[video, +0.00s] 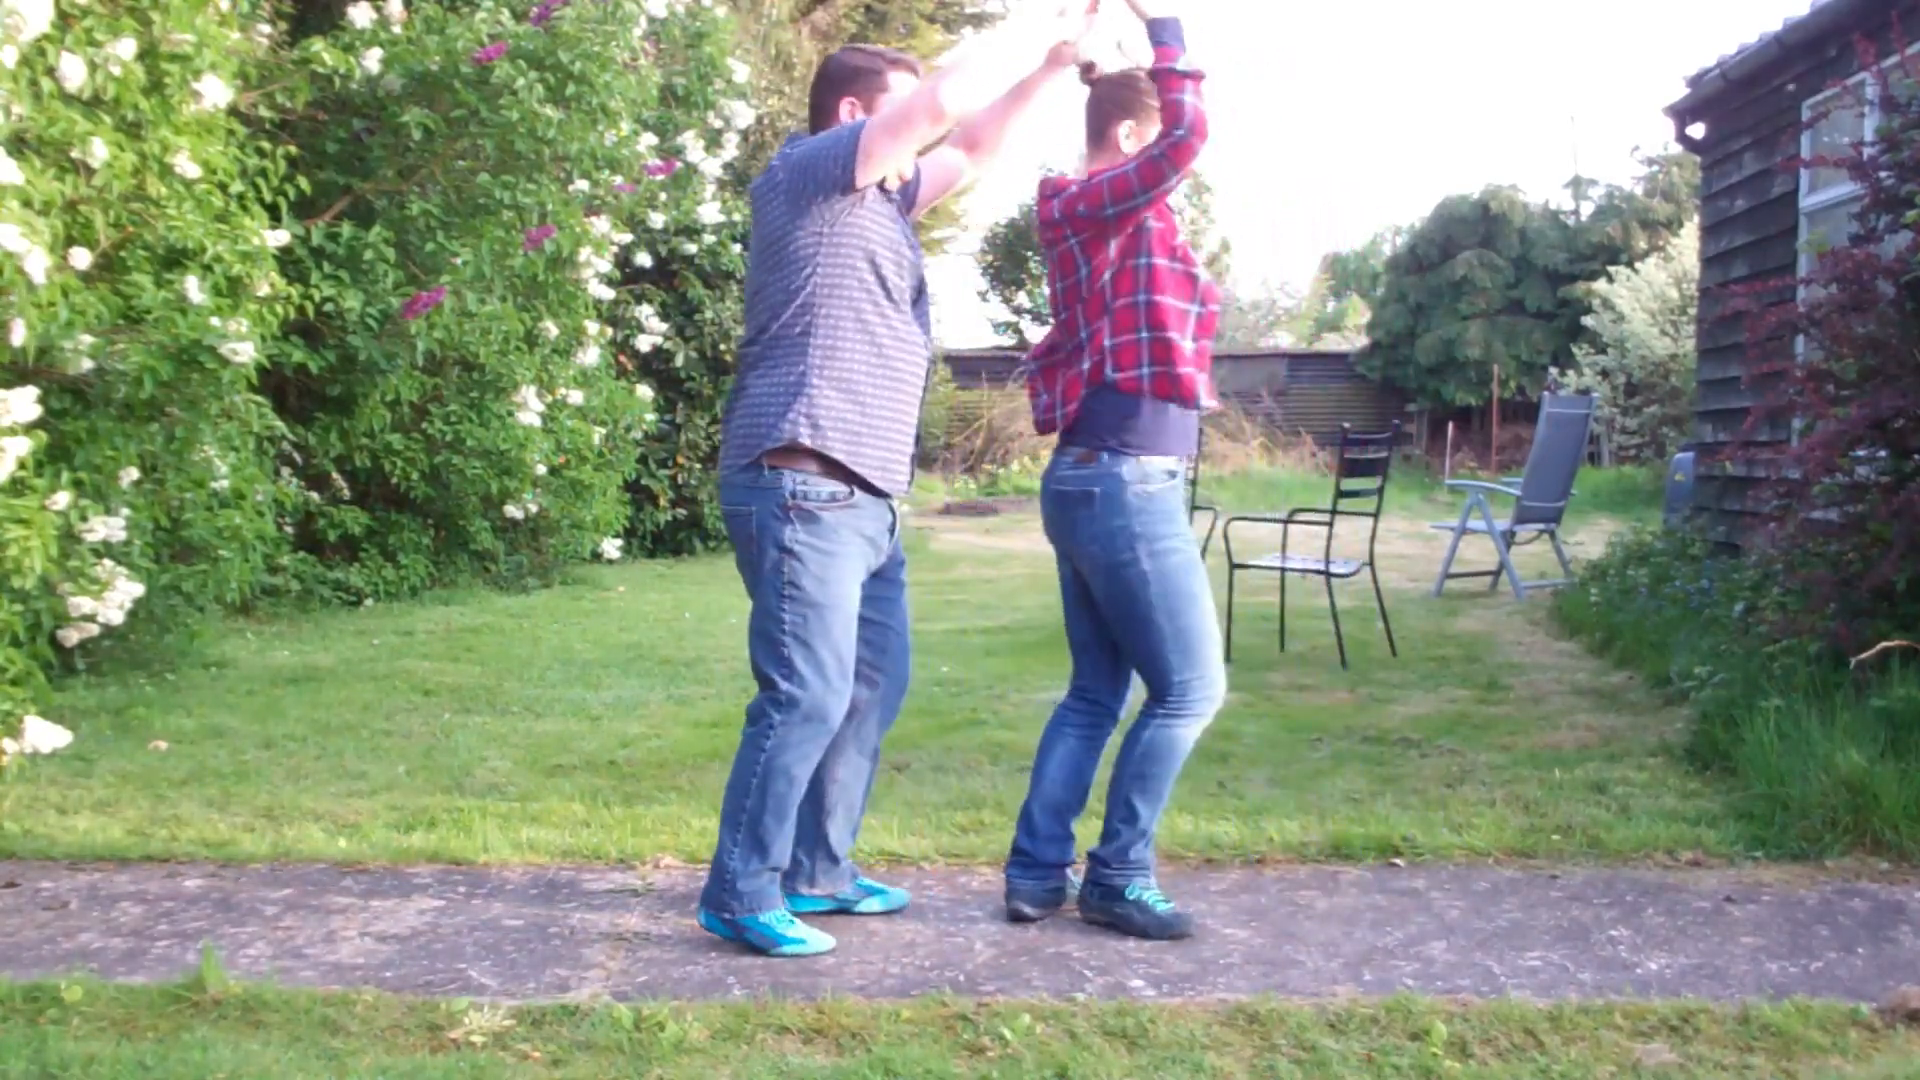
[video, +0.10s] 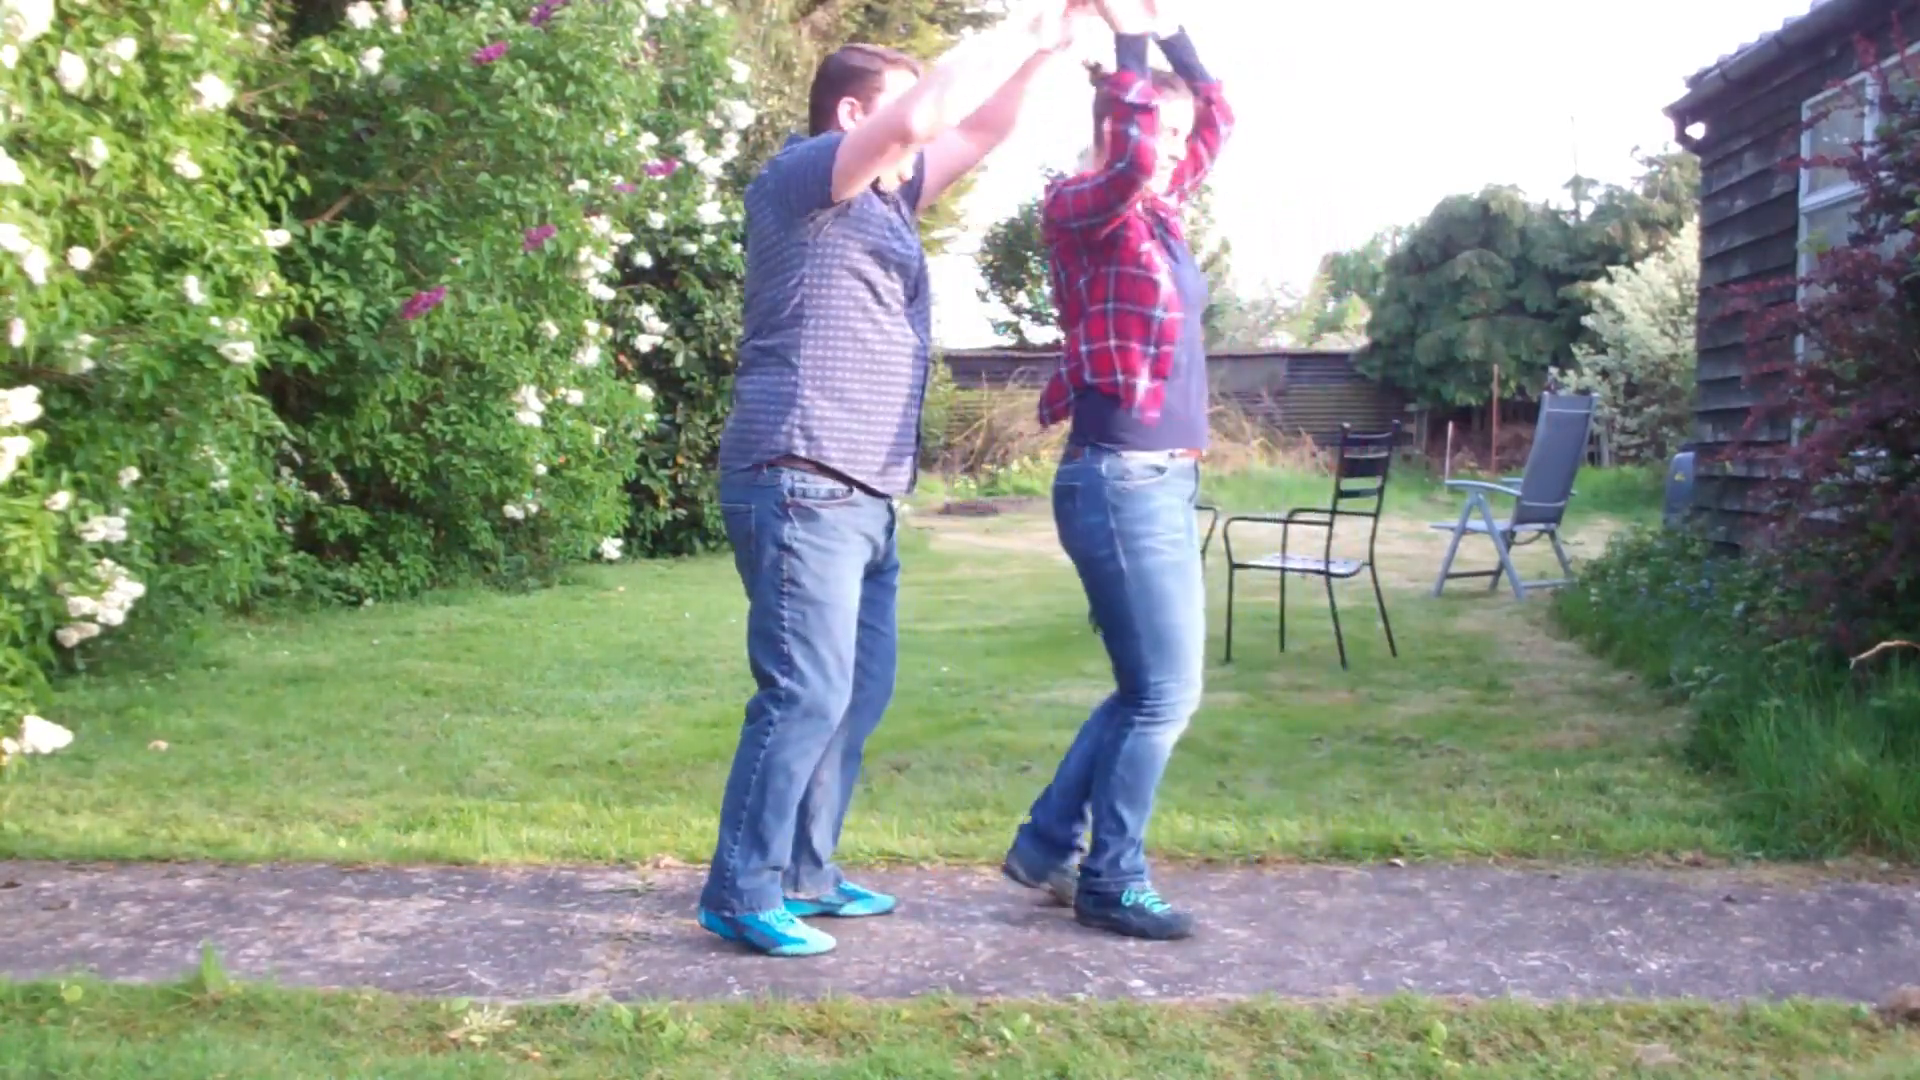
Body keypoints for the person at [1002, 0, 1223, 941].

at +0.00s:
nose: (1170, 141)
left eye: (1168, 126)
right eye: (1162, 127)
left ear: (1104, 124)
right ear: (1128, 128)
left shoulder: (1098, 207)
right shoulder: (1093, 195)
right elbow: (1186, 134)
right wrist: (1162, 40)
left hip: (1090, 475)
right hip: (1127, 481)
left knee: (1096, 692)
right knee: (1191, 689)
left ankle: (1034, 873)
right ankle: (1117, 876)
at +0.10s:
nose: (1160, 146)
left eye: (1164, 131)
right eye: (1148, 131)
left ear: (1152, 136)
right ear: (1114, 133)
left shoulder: (1156, 208)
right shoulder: (1076, 207)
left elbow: (1217, 124)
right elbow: (1142, 154)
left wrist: (1170, 39)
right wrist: (1128, 52)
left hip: (1163, 479)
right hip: (1118, 481)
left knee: (1152, 686)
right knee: (1165, 690)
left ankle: (1044, 846)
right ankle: (1112, 880)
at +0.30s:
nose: (1148, 134)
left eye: (1163, 121)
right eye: (1132, 119)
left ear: (1183, 131)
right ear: (1103, 126)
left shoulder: (1201, 199)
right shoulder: (1085, 215)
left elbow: (1240, 95)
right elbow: (1066, 245)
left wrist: (1160, 19)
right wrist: (1056, 188)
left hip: (1225, 470)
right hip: (1124, 470)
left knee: (1243, 682)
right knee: (1137, 688)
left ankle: (1182, 819)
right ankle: (1106, 878)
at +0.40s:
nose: (1139, 132)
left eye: (1157, 118)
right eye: (1125, 117)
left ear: (1191, 128)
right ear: (1108, 130)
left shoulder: (1219, 203)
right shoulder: (1093, 224)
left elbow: (1231, 118)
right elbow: (1072, 319)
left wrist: (1153, 54)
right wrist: (1049, 317)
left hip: (1241, 470)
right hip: (1132, 473)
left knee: (1236, 686)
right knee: (1139, 687)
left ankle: (1268, 860)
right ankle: (1107, 881)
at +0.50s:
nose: (1149, 137)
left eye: (1165, 122)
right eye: (1140, 121)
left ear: (1205, 128)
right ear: (1125, 135)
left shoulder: (1242, 205)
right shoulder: (1112, 230)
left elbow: (1188, 127)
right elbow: (1092, 352)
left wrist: (1095, 86)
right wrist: (1052, 449)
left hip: (1252, 476)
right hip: (1143, 479)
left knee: (1237, 691)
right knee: (1148, 691)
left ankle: (1308, 881)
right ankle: (1108, 880)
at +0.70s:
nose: (1169, 146)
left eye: (1182, 130)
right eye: (1168, 130)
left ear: (1236, 129)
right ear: (1201, 134)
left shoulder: (1285, 200)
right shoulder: (1193, 229)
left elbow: (1210, 263)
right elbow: (1165, 334)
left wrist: (1095, 220)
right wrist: (1127, 381)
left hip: (1287, 489)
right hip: (1194, 488)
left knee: (1257, 696)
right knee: (1168, 691)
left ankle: (1314, 891)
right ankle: (1144, 877)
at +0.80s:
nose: (1186, 145)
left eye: (1197, 130)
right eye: (1186, 130)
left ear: (1251, 130)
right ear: (1229, 132)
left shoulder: (1291, 209)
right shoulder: (1224, 221)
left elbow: (1216, 309)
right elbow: (1173, 259)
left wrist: (1100, 279)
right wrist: (1120, 255)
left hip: (1298, 488)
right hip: (1221, 489)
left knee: (1258, 695)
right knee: (1180, 684)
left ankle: (1315, 892)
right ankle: (1228, 863)